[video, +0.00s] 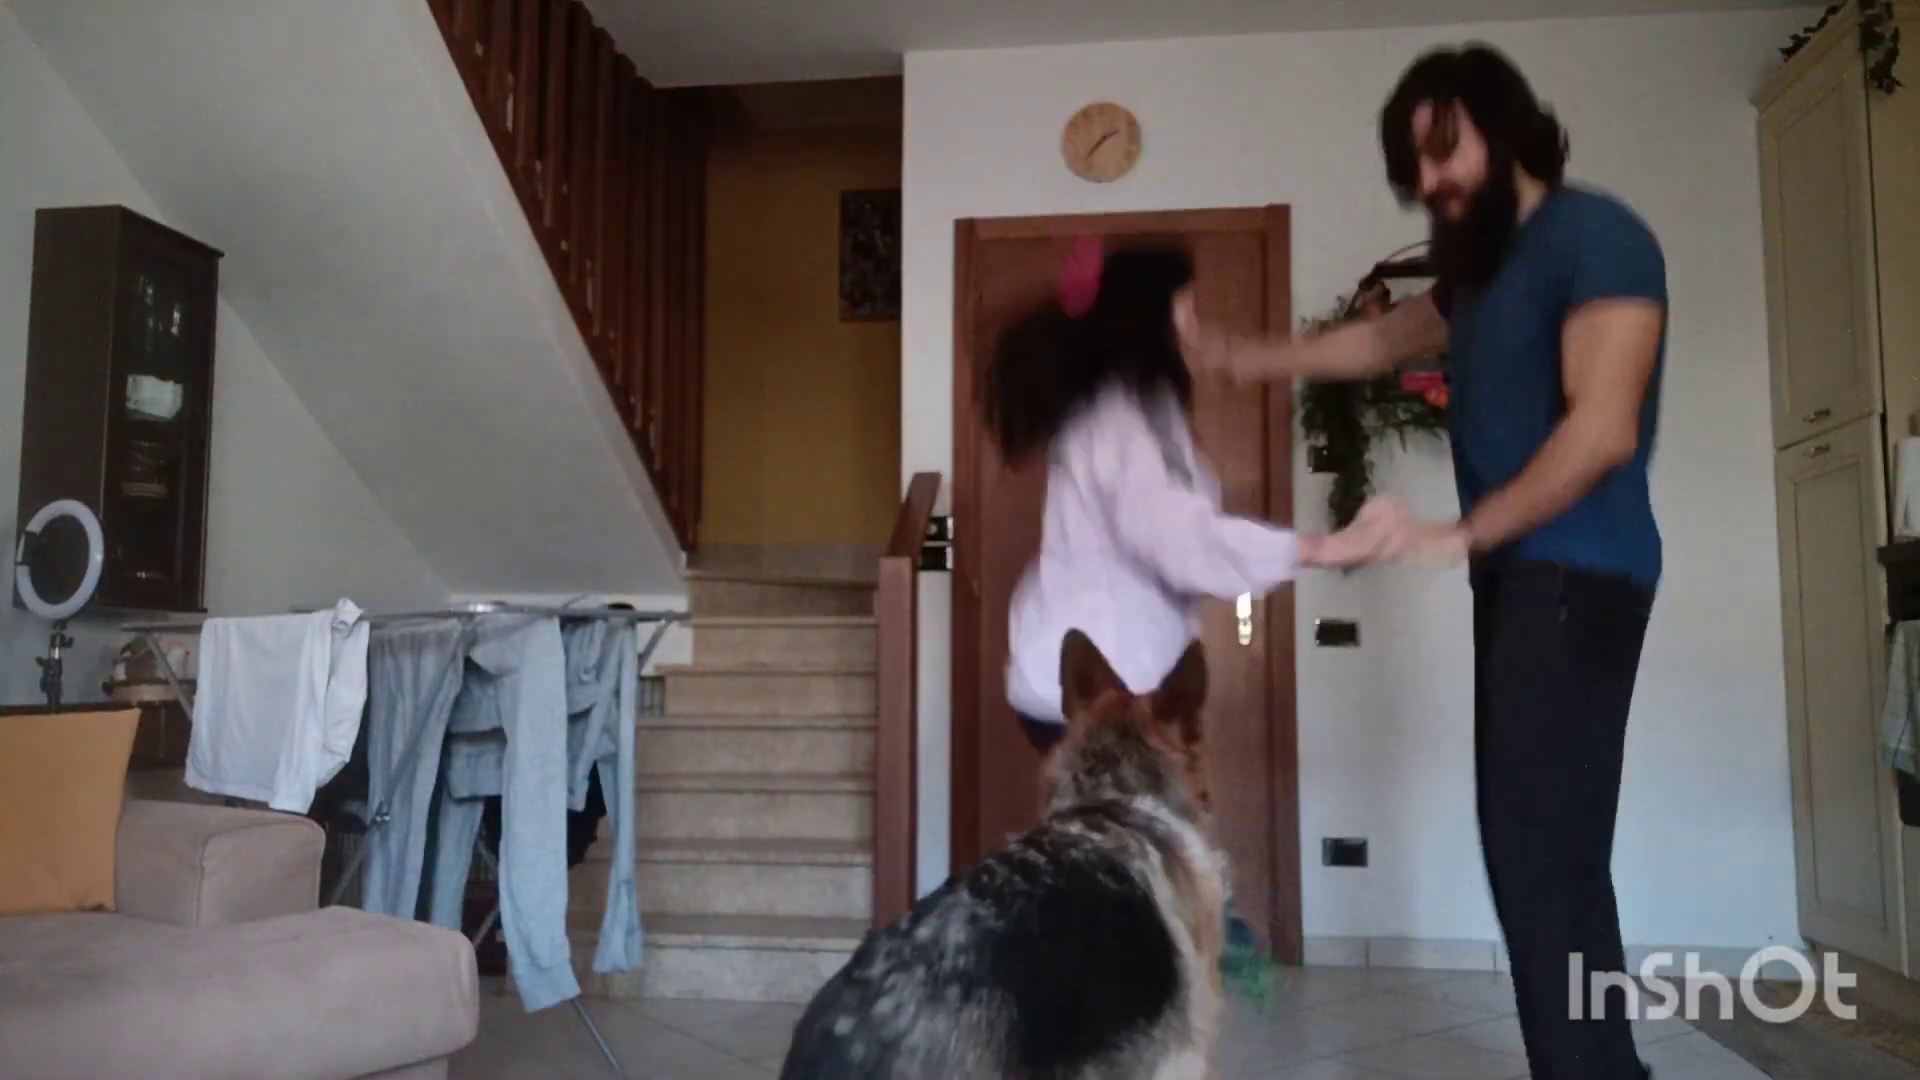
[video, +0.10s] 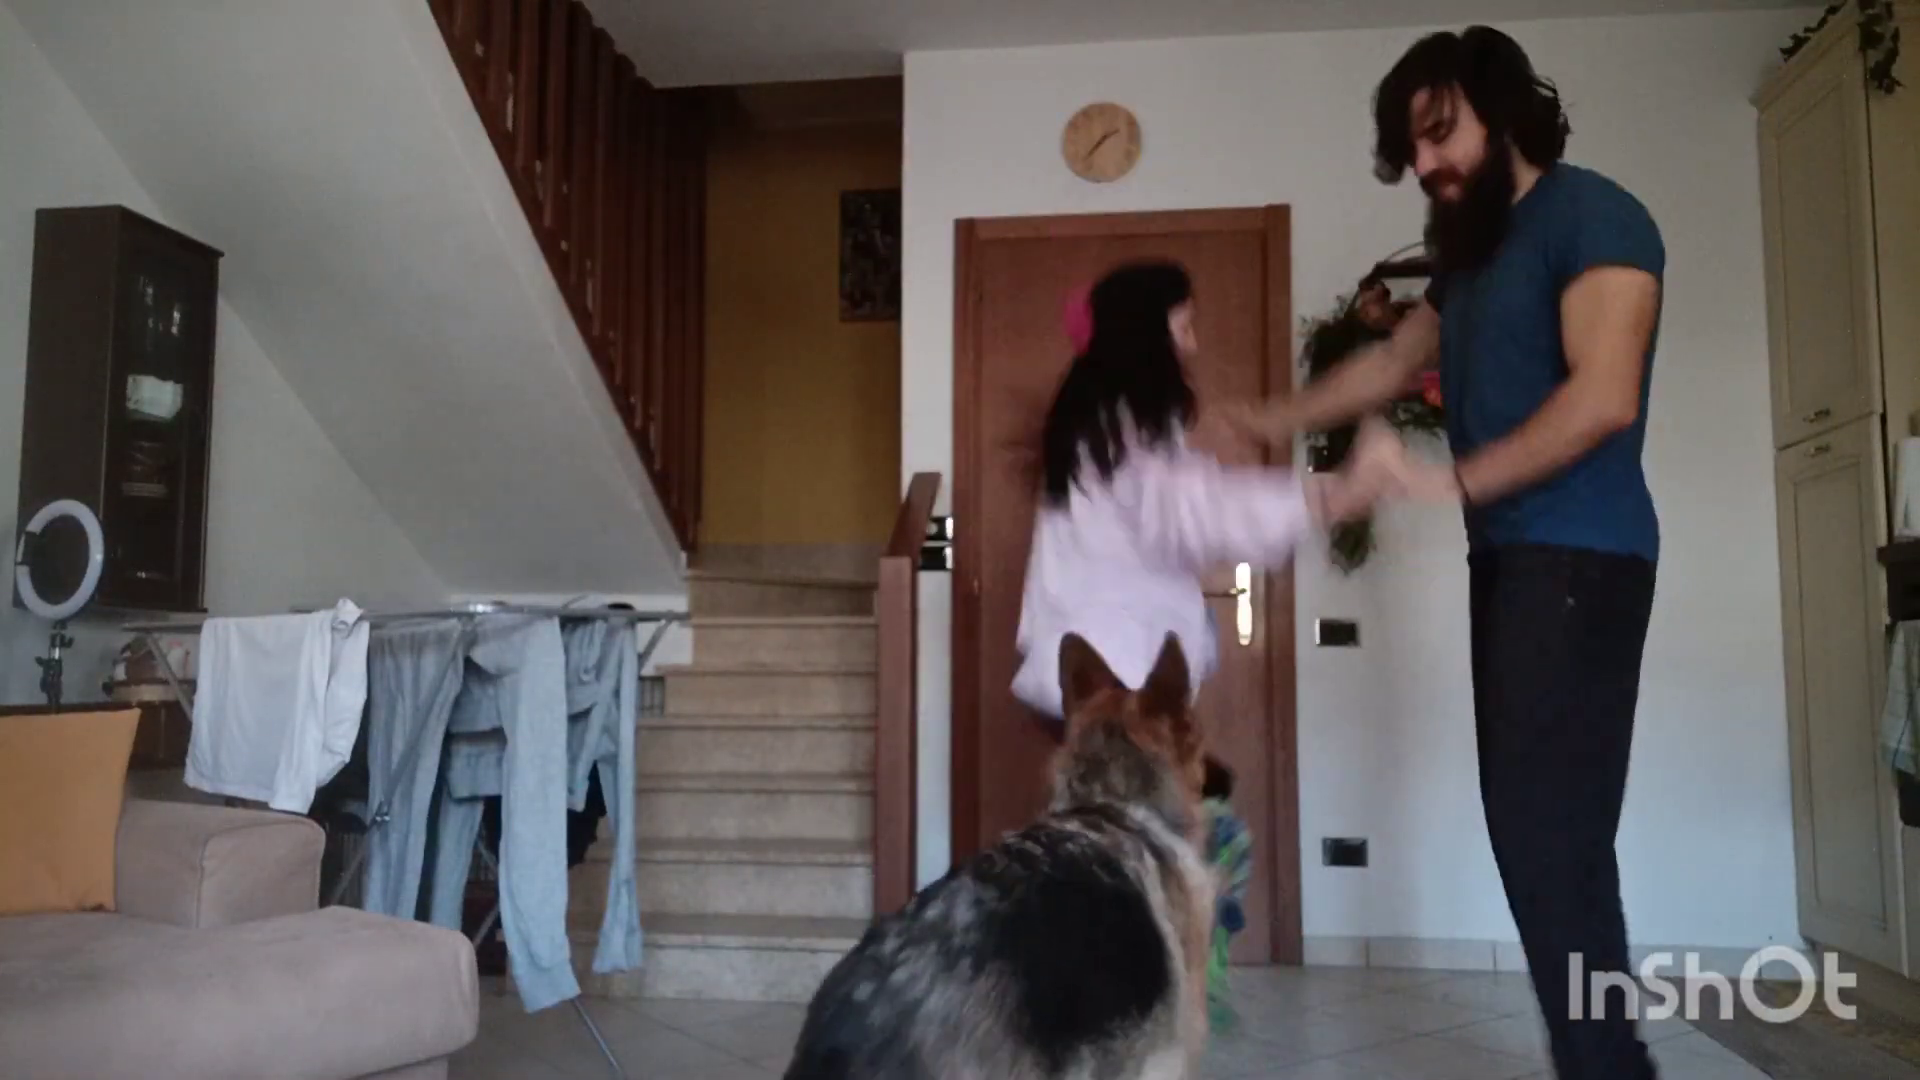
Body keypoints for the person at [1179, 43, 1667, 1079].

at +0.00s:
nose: (1430, 181)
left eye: (1444, 150)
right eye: (1416, 163)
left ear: (1505, 131)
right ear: (1414, 167)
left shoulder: (1596, 237)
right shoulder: (1493, 264)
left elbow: (1604, 432)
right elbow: (1383, 342)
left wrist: (1457, 534)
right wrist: (1235, 357)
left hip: (1576, 579)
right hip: (1521, 575)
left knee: (1541, 846)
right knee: (1532, 847)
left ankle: (1586, 1065)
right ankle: (1591, 1062)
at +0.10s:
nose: (1424, 162)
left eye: (1442, 131)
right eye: (1412, 145)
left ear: (1504, 111)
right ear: (1410, 150)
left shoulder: (1593, 215)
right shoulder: (1477, 247)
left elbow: (1604, 396)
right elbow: (1397, 364)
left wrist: (1456, 481)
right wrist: (1276, 421)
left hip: (1581, 558)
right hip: (1511, 560)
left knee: (1553, 829)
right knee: (1526, 827)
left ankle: (1607, 1064)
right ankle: (1597, 1060)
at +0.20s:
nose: (1429, 190)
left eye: (1444, 159)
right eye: (1416, 172)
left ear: (1507, 147)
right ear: (1414, 179)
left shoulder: (1591, 246)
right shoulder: (1477, 282)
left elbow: (1584, 406)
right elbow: (1419, 417)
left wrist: (1416, 420)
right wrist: (1305, 477)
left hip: (1576, 593)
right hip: (1506, 591)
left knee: (1552, 857)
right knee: (1533, 856)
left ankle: (1632, 1067)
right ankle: (1629, 1063)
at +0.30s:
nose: (1432, 210)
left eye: (1451, 183)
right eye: (1422, 192)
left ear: (1509, 182)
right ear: (1419, 205)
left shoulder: (1582, 271)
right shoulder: (1486, 313)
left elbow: (1538, 388)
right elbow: (1447, 450)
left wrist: (1379, 323)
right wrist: (1337, 524)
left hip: (1574, 620)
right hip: (1505, 623)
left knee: (1540, 865)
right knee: (1508, 866)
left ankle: (1634, 1072)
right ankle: (1611, 1068)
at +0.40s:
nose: (1442, 184)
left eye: (1460, 157)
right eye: (1429, 169)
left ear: (1512, 155)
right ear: (1427, 184)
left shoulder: (1586, 245)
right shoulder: (1476, 292)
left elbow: (1493, 287)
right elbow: (1462, 446)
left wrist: (1347, 208)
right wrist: (1374, 528)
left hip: (1568, 578)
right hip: (1504, 580)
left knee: (1525, 830)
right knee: (1511, 830)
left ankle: (1610, 1066)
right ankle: (1601, 1062)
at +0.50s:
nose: (1445, 170)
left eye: (1453, 142)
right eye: (1430, 157)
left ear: (1508, 122)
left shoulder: (1582, 215)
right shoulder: (1508, 269)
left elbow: (1437, 193)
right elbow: (1480, 429)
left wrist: (1290, 154)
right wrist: (1402, 531)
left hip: (1560, 544)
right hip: (1512, 551)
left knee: (1500, 787)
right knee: (1529, 796)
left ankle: (1593, 1051)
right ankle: (1590, 1048)